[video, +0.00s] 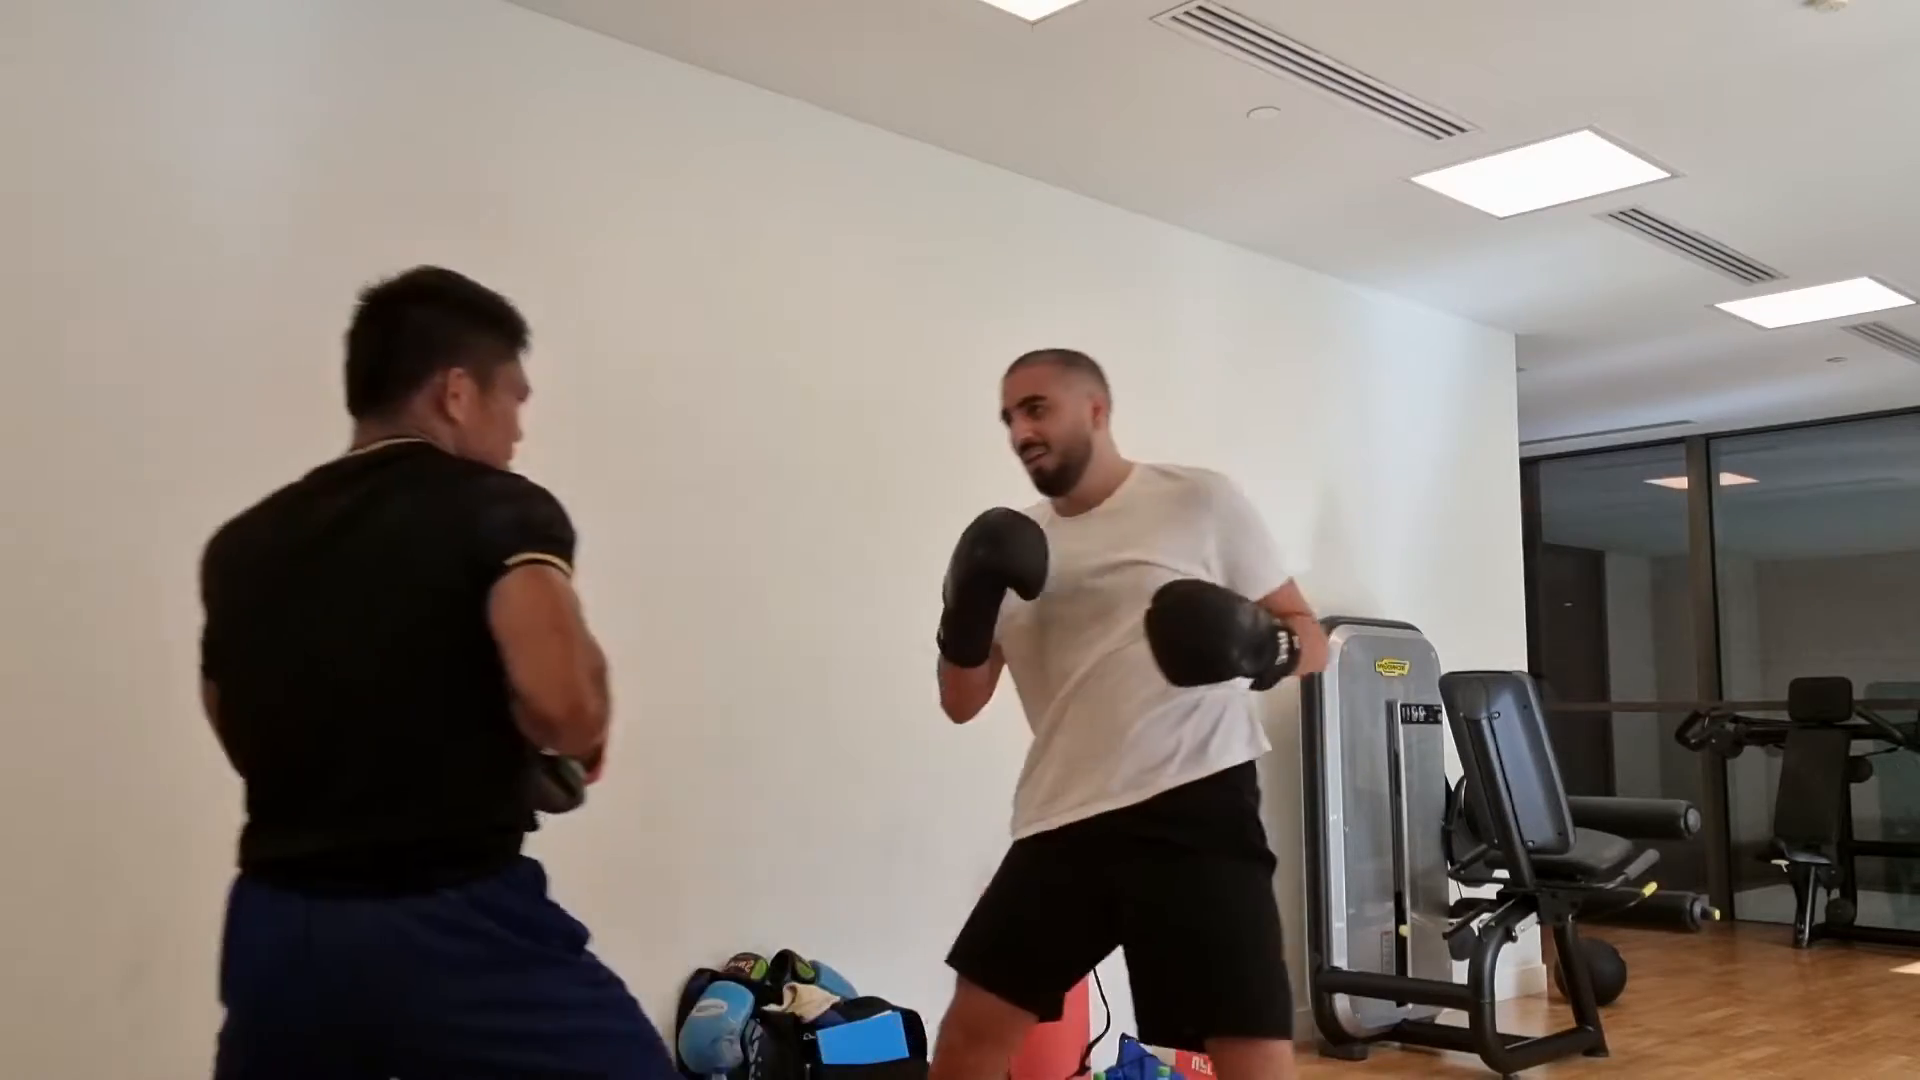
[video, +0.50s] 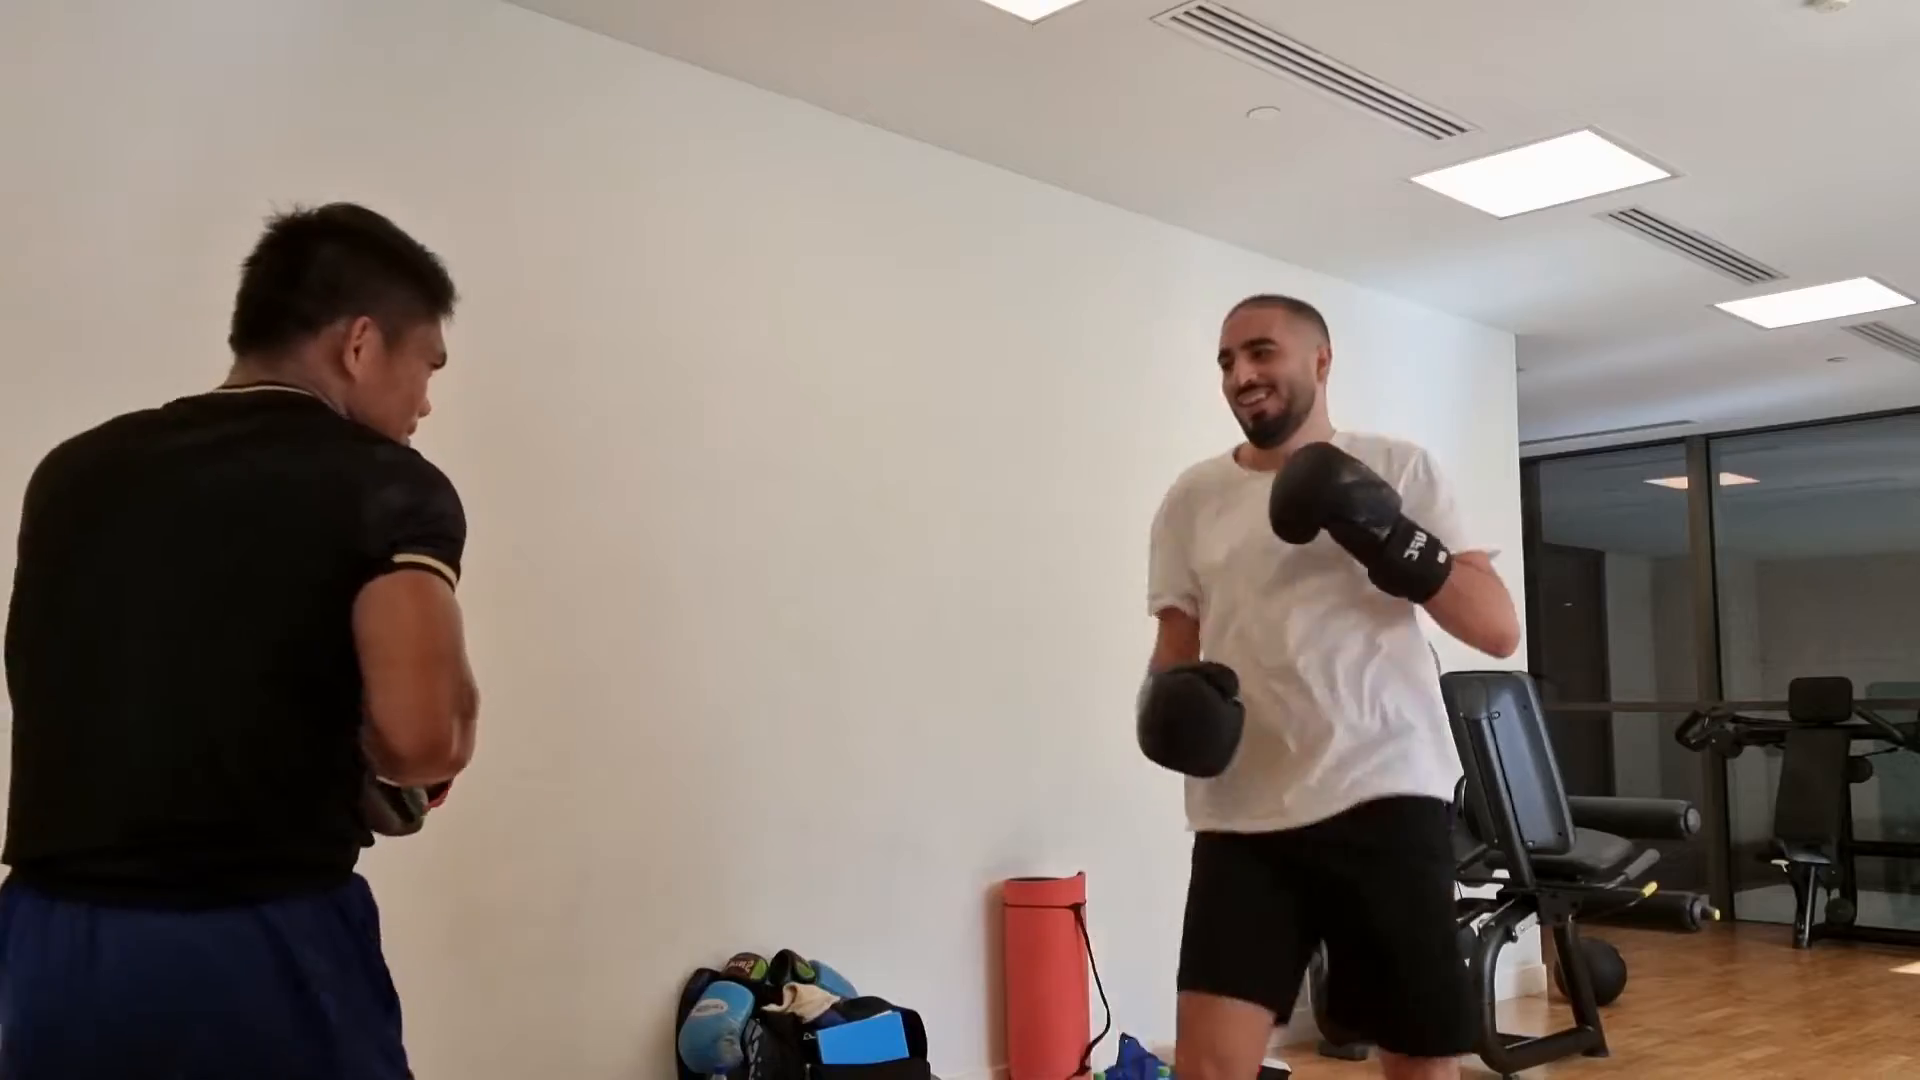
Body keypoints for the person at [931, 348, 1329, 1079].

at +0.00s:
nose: (1019, 432)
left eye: (1036, 408)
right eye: (1009, 418)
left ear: (1097, 407)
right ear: (1007, 434)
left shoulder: (1204, 501)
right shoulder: (1014, 549)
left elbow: (1310, 642)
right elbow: (961, 702)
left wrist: (1260, 647)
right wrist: (970, 597)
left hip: (1199, 814)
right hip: (1060, 831)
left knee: (1255, 1062)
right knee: (966, 1051)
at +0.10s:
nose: (1090, 414)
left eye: (1108, 391)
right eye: (1080, 402)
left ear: (1170, 394)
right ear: (1075, 419)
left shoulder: (1269, 499)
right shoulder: (1062, 540)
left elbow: (1357, 662)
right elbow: (1010, 689)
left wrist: (1294, 631)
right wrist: (1004, 612)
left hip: (1261, 804)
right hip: (1121, 824)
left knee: (1312, 1049)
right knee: (1036, 1031)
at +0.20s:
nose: (1151, 393)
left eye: (1171, 371)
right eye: (1139, 380)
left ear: (1229, 379)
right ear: (1134, 400)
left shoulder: (1319, 486)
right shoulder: (1115, 516)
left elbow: (1412, 655)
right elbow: (1047, 669)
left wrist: (1332, 601)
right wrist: (1042, 626)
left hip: (1312, 804)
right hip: (1170, 819)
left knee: (1349, 1062)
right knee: (1072, 1056)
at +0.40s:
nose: (1213, 332)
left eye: (1234, 311)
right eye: (1201, 320)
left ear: (1293, 320)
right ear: (1194, 337)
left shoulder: (1375, 422)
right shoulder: (1170, 450)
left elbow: (1476, 583)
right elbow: (1141, 600)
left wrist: (1366, 523)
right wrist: (1129, 655)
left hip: (1360, 753)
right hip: (1220, 763)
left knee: (1386, 1032)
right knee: (1186, 1025)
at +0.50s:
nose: (1241, 372)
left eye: (1262, 350)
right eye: (1228, 360)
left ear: (1321, 360)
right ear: (1219, 380)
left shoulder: (1399, 468)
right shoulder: (1191, 500)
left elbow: (1500, 630)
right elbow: (1175, 647)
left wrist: (1390, 535)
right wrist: (1173, 707)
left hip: (1386, 804)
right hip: (1244, 821)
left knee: (1424, 1064)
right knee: (1208, 1064)